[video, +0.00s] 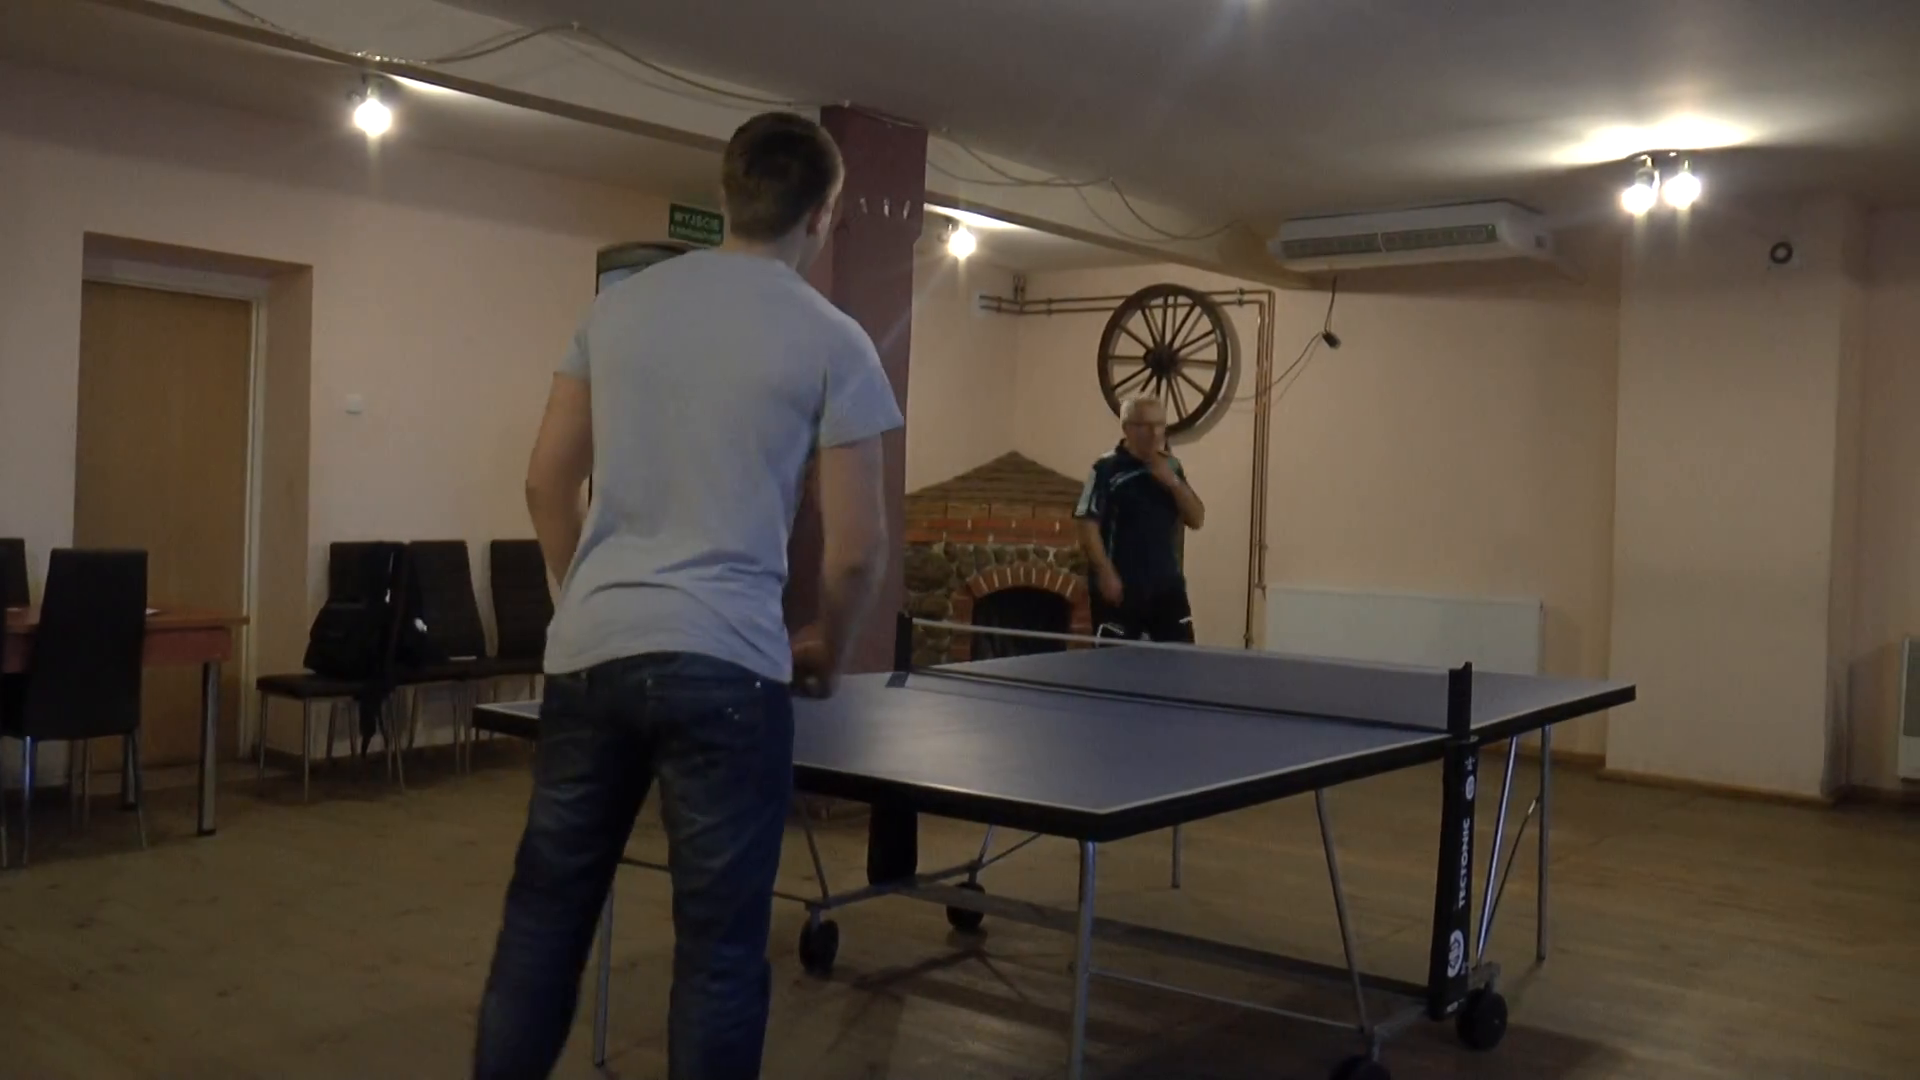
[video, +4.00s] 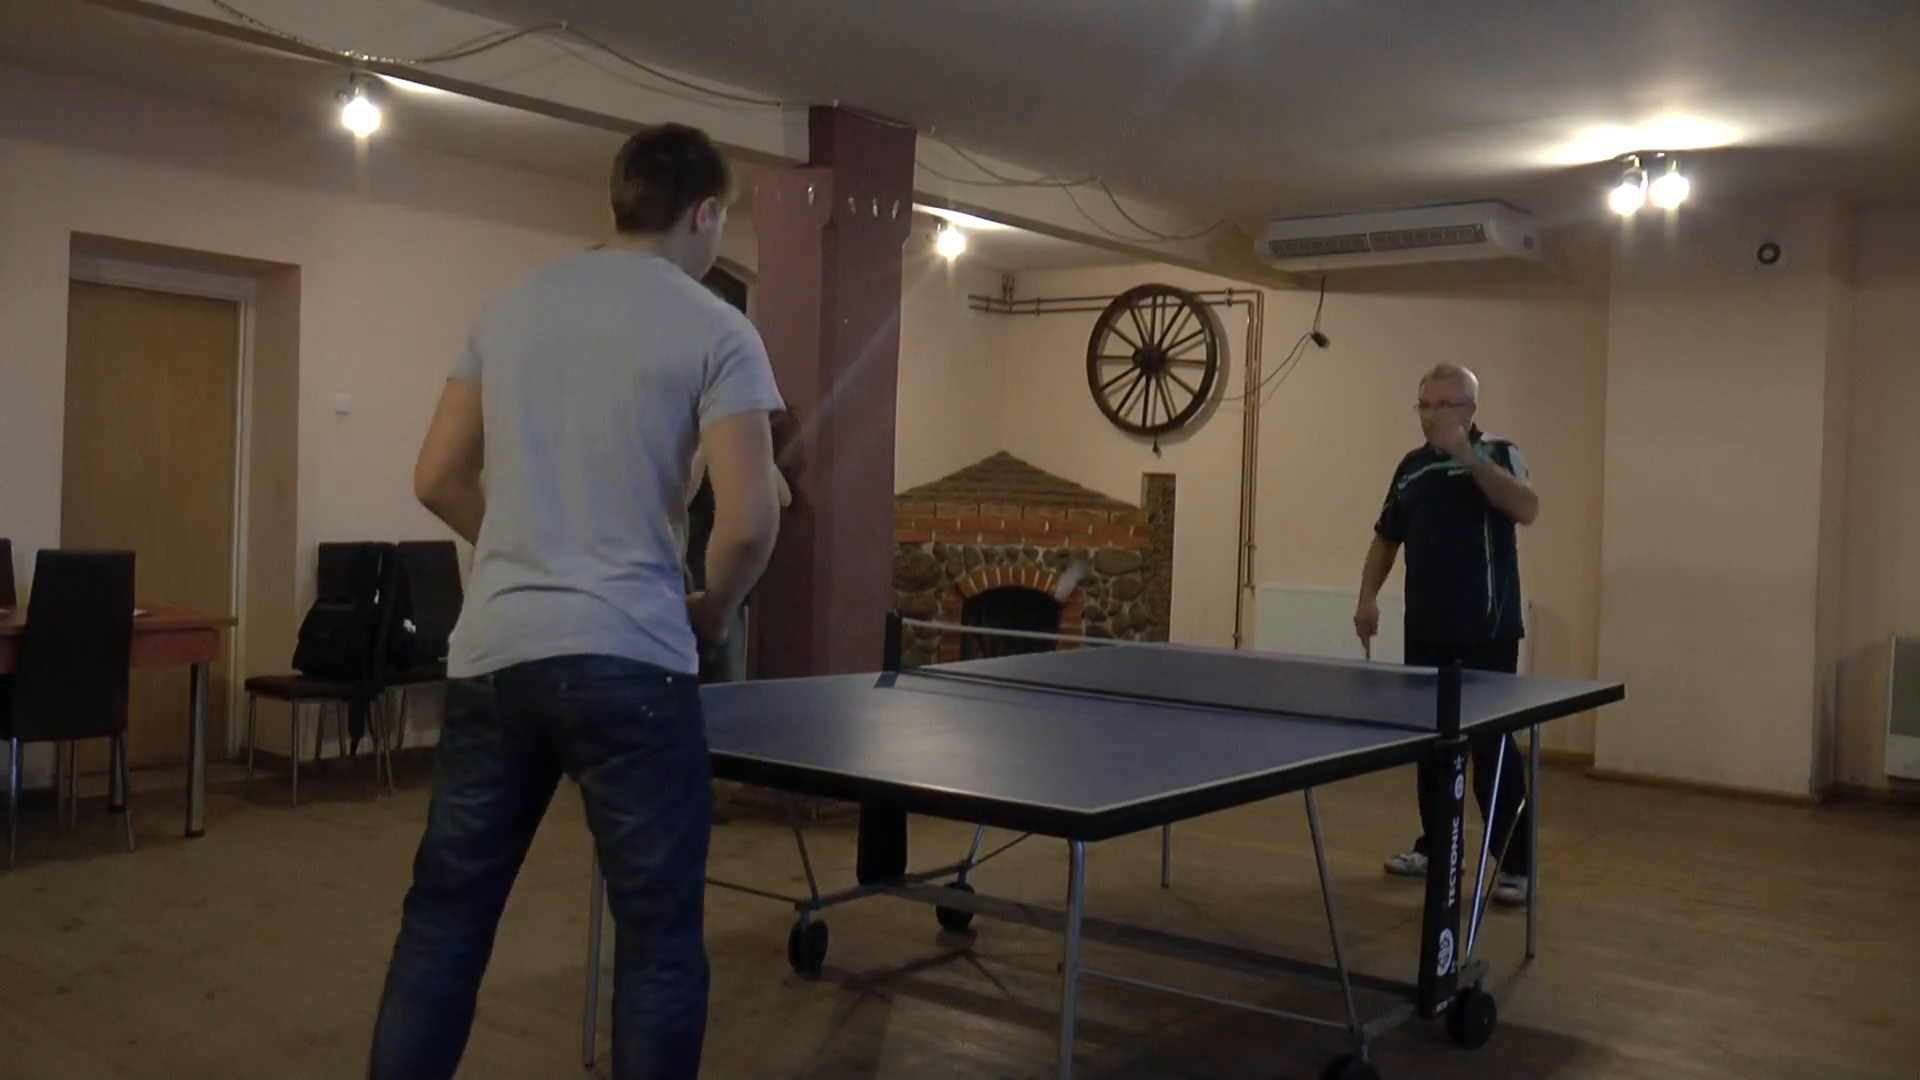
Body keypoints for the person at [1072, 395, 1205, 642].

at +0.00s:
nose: (1154, 433)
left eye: (1159, 425)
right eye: (1145, 426)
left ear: (1165, 428)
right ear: (1127, 429)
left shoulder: (1170, 467)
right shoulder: (1107, 469)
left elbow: (1196, 519)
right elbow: (1088, 525)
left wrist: (1171, 481)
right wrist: (1107, 574)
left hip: (1166, 586)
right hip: (1119, 589)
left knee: (1180, 667)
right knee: (1115, 669)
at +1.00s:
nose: (1321, 429)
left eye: (1327, 421)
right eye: (1311, 422)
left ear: (1339, 426)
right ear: (1296, 428)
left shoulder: (1350, 472)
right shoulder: (1278, 479)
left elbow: (1370, 527)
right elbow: (1251, 544)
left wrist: (1381, 567)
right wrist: (1251, 610)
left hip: (1346, 611)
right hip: (1297, 612)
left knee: (1344, 701)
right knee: (1300, 698)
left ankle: (1335, 791)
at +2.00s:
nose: (1458, 428)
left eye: (1468, 419)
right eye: (1450, 420)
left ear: (1492, 421)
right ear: (1442, 423)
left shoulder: (1521, 473)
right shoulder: (1433, 477)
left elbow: (1549, 542)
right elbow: (1418, 551)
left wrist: (1527, 576)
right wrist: (1403, 618)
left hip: (1504, 631)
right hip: (1448, 629)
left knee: (1487, 741)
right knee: (1454, 740)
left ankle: (1472, 839)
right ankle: (1488, 835)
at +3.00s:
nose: (1466, 405)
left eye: (1480, 398)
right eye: (1465, 396)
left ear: (1512, 411)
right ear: (1468, 402)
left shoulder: (1530, 471)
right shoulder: (1471, 460)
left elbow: (1526, 562)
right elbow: (1451, 512)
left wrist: (1458, 608)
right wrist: (1401, 518)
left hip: (1517, 642)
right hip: (1471, 632)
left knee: (1514, 759)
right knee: (1451, 741)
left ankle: (1539, 873)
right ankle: (1436, 842)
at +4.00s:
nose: (1429, 415)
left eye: (1441, 406)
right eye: (1424, 406)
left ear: (1470, 411)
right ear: (1419, 409)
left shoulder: (1498, 455)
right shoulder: (1412, 467)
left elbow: (1525, 510)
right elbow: (1386, 538)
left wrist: (1469, 457)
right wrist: (1368, 597)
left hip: (1490, 631)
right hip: (1427, 630)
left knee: (1492, 749)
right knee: (1430, 745)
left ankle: (1515, 862)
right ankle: (1434, 843)